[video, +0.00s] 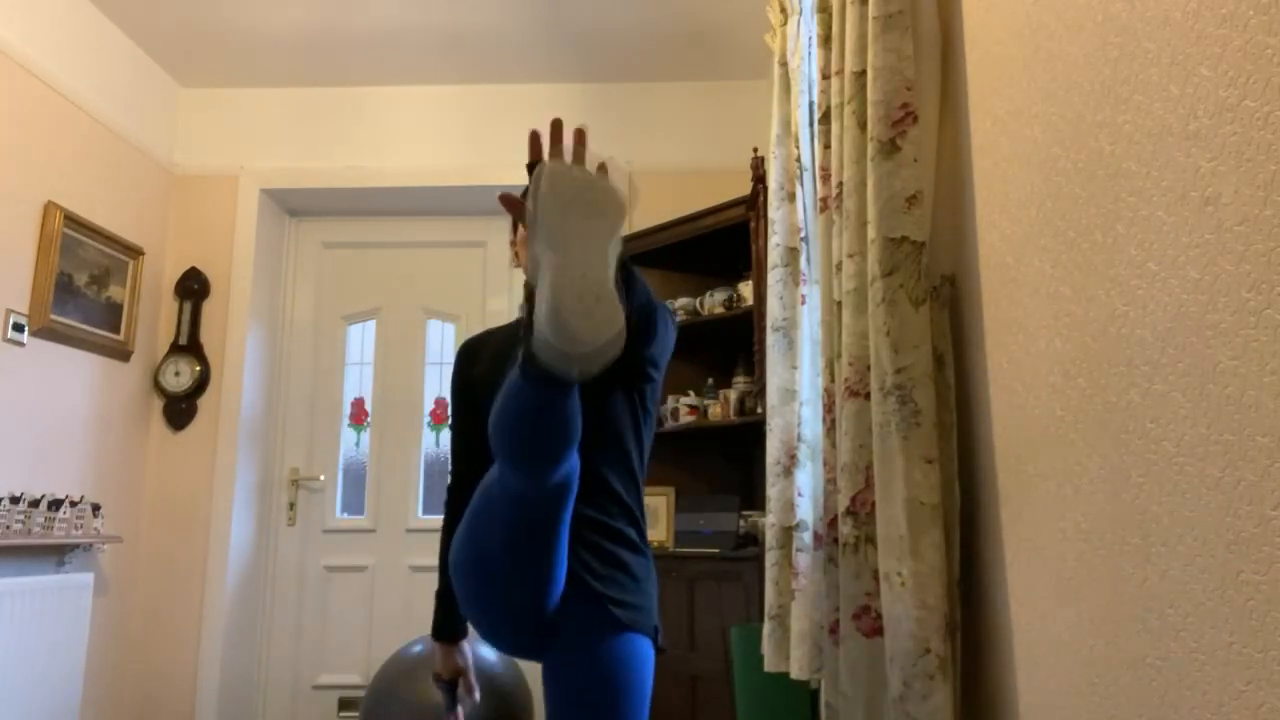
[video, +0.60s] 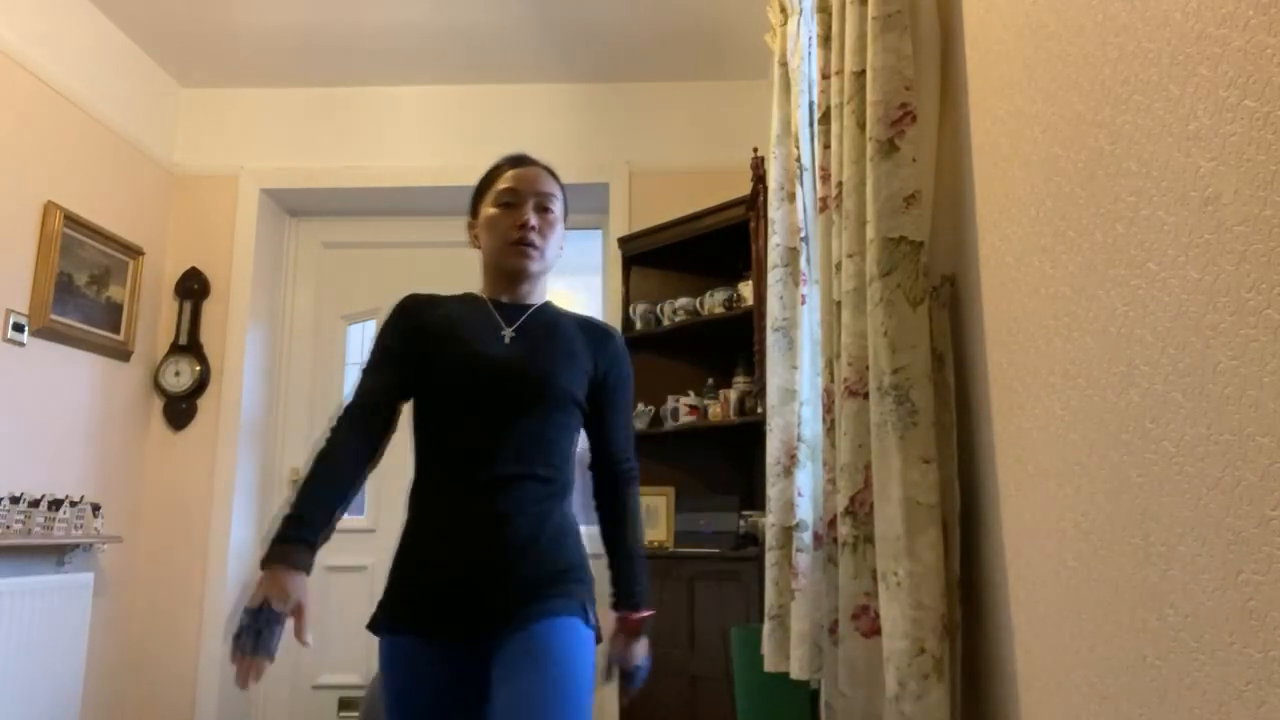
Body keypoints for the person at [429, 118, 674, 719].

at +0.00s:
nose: (545, 244)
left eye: (563, 233)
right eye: (530, 231)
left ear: (596, 250)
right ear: (515, 248)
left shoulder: (642, 339)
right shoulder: (481, 354)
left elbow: (633, 303)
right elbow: (463, 489)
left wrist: (577, 235)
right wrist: (448, 629)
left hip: (610, 598)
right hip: (502, 598)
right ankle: (559, 352)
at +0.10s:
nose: (554, 223)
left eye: (574, 215)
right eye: (537, 214)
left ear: (600, 239)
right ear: (518, 247)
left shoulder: (639, 333)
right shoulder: (480, 354)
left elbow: (626, 291)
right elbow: (461, 493)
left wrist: (583, 246)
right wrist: (445, 634)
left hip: (609, 599)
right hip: (502, 600)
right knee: (528, 504)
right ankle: (549, 408)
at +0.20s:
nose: (554, 219)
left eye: (573, 206)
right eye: (536, 206)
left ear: (599, 232)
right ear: (513, 237)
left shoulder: (630, 325)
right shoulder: (477, 341)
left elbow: (647, 331)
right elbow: (459, 483)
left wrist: (626, 312)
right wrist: (436, 620)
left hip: (609, 567)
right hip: (504, 551)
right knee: (511, 593)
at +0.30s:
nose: (554, 210)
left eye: (572, 200)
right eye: (535, 199)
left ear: (597, 231)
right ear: (510, 232)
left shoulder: (634, 316)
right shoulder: (471, 330)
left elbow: (669, 357)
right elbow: (445, 468)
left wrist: (671, 385)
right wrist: (413, 606)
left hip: (605, 570)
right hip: (495, 556)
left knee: (604, 708)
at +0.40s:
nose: (549, 211)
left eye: (567, 200)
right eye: (529, 199)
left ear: (588, 228)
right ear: (503, 228)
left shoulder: (632, 326)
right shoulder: (459, 325)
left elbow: (680, 414)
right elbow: (422, 464)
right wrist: (378, 600)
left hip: (597, 594)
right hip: (481, 592)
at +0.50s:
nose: (538, 214)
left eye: (556, 205)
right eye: (519, 201)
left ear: (573, 234)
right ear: (486, 229)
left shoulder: (608, 338)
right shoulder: (435, 321)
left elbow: (651, 470)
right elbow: (378, 460)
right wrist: (316, 591)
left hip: (566, 620)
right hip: (445, 612)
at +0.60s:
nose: (529, 216)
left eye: (546, 206)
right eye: (508, 203)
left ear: (561, 235)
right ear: (475, 229)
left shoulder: (597, 345)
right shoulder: (420, 321)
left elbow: (616, 483)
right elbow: (357, 437)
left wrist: (632, 604)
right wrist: (288, 556)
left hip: (545, 599)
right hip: (428, 593)